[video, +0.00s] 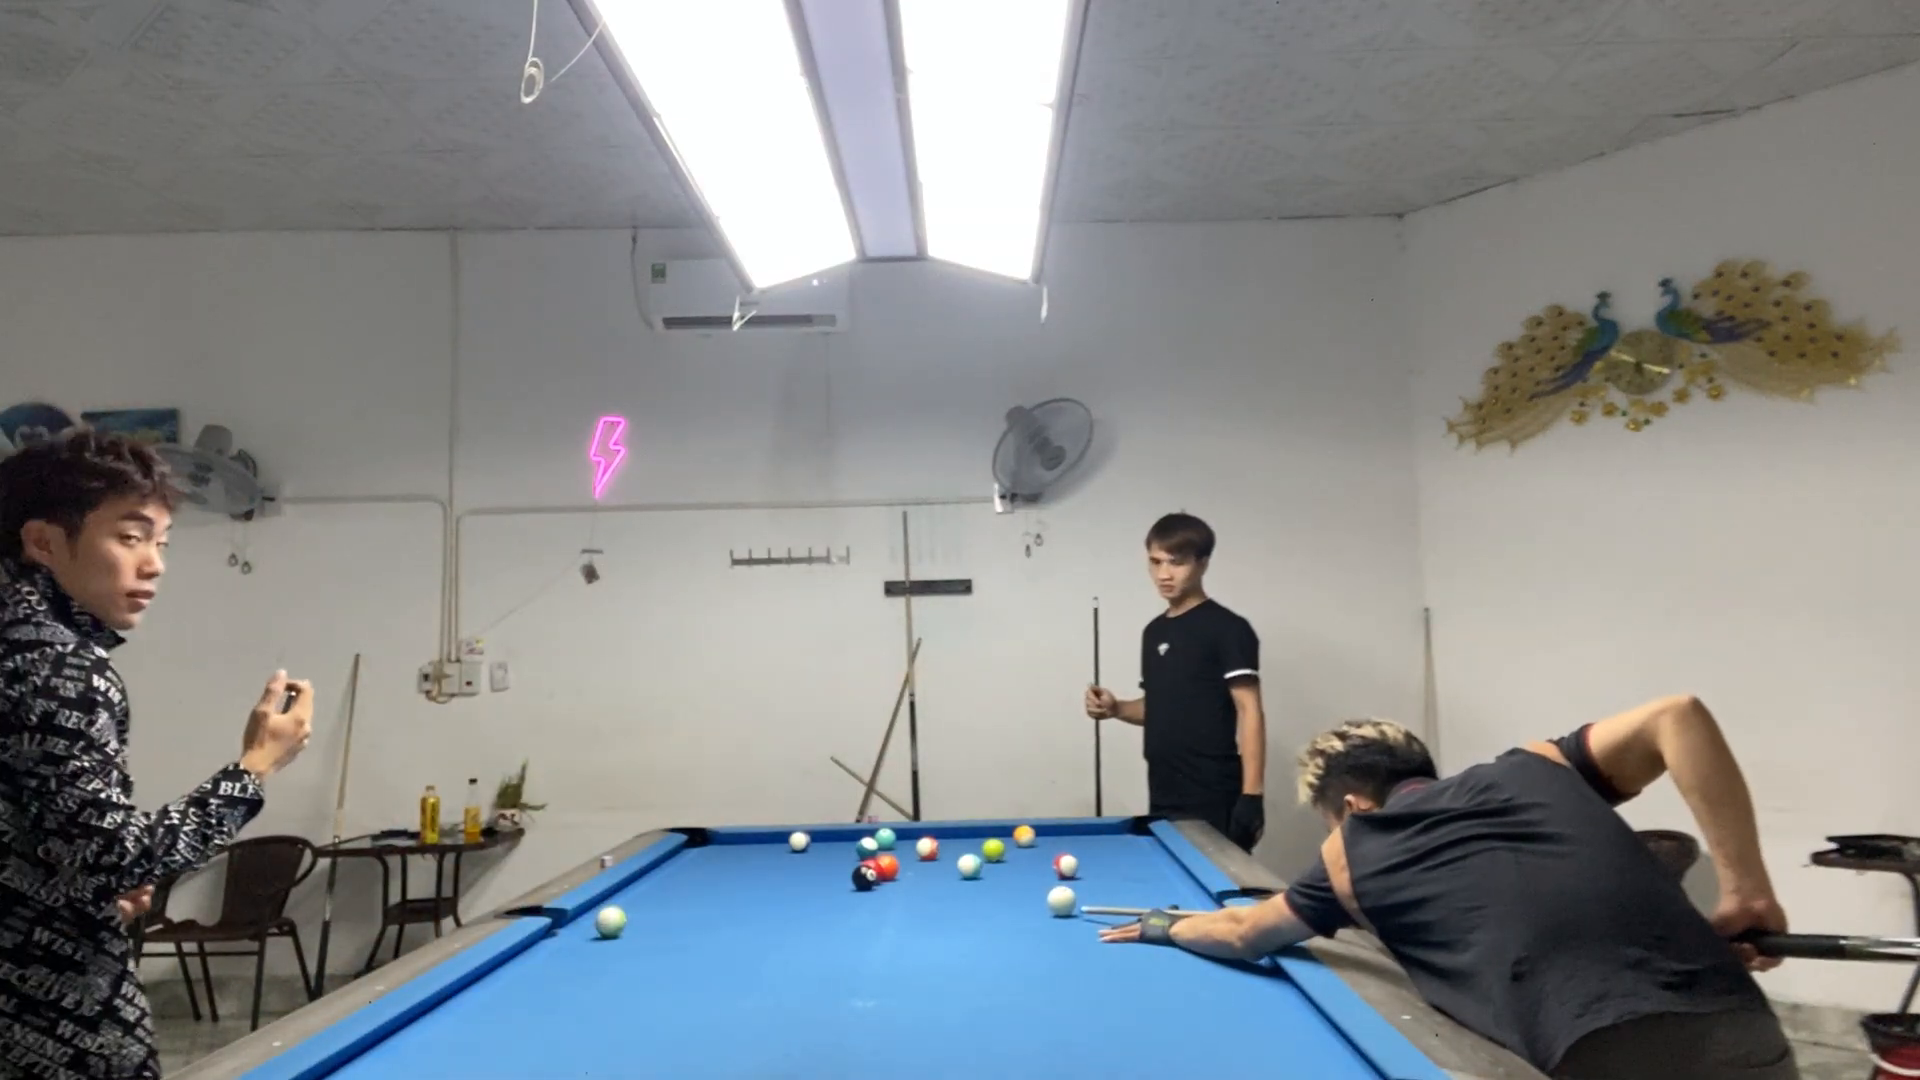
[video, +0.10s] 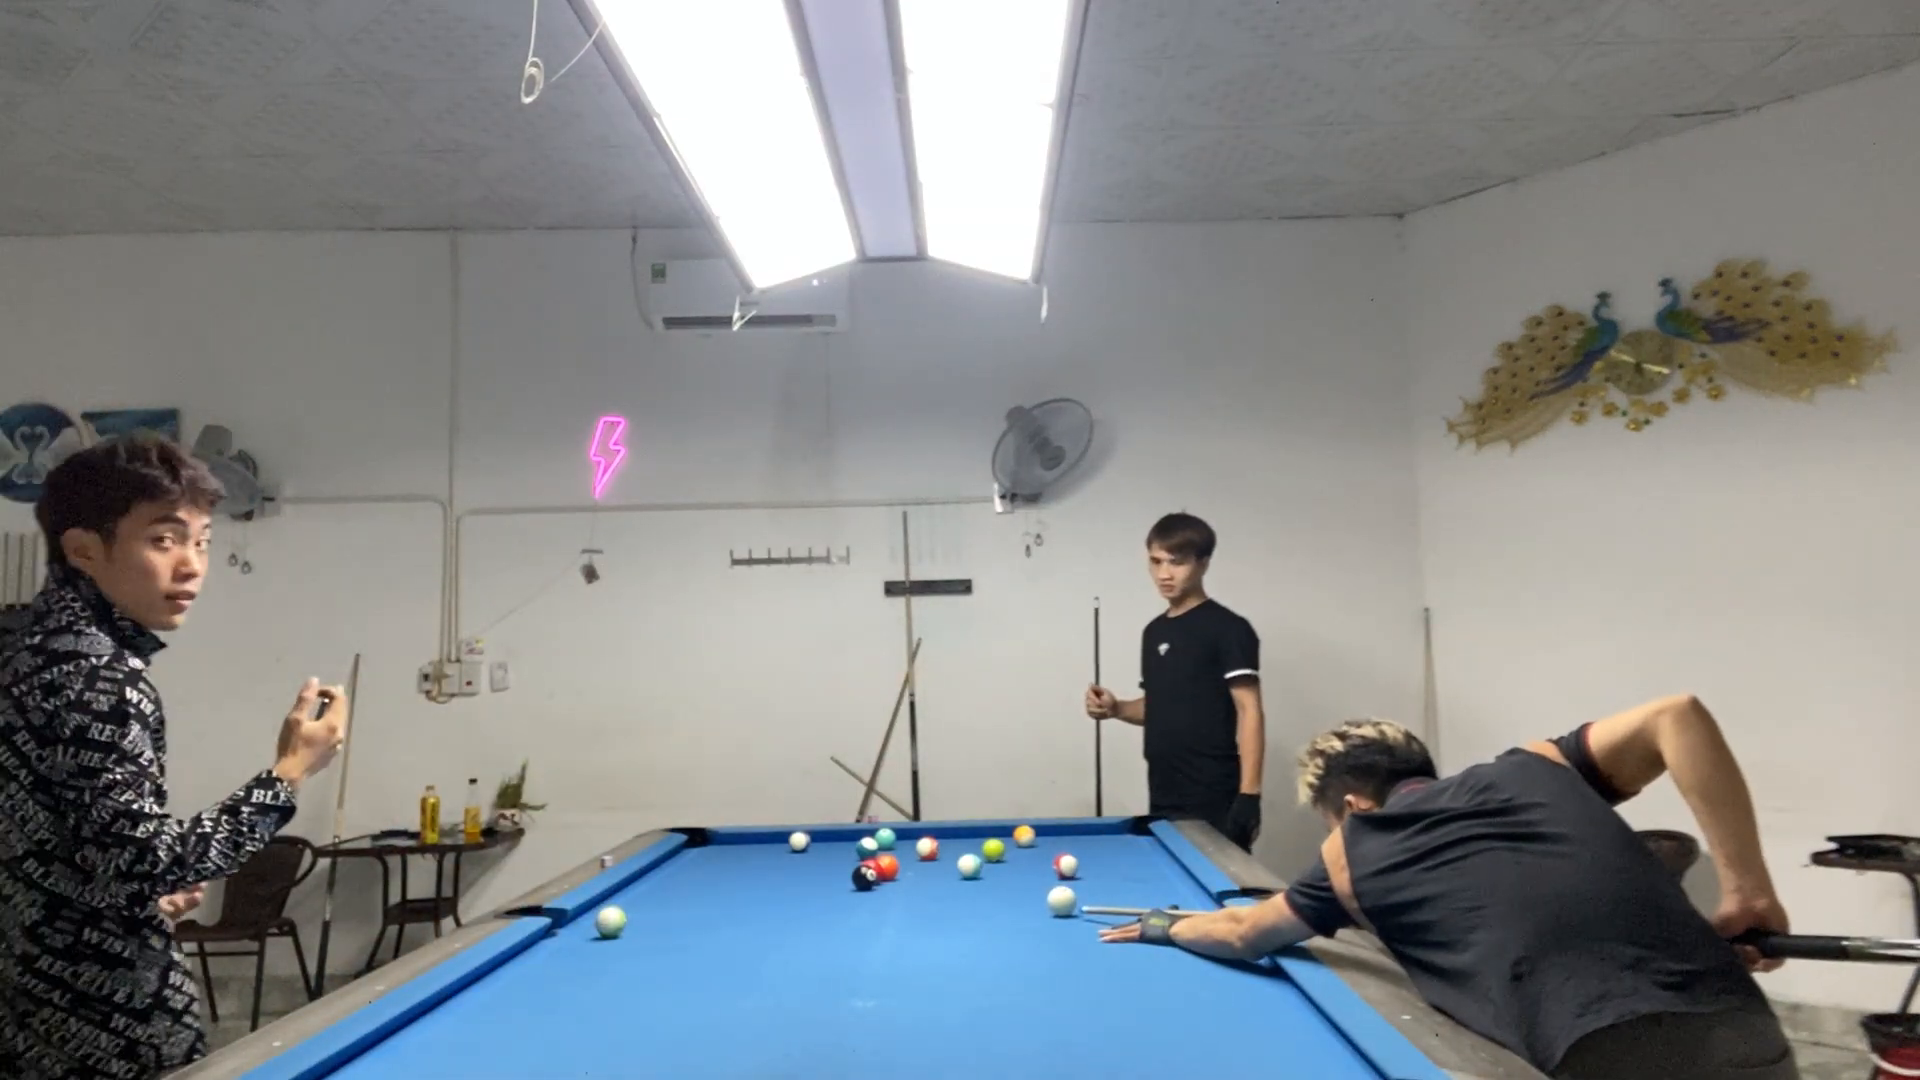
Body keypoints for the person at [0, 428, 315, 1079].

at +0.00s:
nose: (155, 566)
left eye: (159, 543)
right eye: (128, 537)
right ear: (45, 544)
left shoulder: (25, 637)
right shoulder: (56, 663)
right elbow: (111, 866)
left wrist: (118, 883)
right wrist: (254, 768)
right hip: (66, 1032)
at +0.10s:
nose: (192, 565)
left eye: (200, 542)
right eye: (164, 539)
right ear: (84, 550)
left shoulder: (23, 637)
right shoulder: (95, 676)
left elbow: (30, 845)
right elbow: (137, 867)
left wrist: (146, 889)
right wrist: (289, 774)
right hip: (103, 1029)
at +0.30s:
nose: (253, 563)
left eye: (264, 539)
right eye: (223, 539)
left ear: (276, 543)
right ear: (155, 550)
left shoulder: (81, 645)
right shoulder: (156, 672)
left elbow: (88, 849)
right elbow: (189, 862)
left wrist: (223, 880)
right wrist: (337, 769)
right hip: (168, 1032)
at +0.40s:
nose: (273, 563)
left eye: (287, 538)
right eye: (244, 539)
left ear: (300, 544)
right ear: (182, 549)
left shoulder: (124, 645)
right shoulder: (177, 666)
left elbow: (133, 840)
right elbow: (219, 860)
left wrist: (259, 871)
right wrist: (349, 764)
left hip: (137, 1005)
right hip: (205, 1023)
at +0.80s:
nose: (329, 565)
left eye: (345, 544)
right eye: (302, 543)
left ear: (361, 554)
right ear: (255, 551)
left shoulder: (291, 661)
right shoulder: (220, 664)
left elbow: (268, 809)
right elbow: (231, 822)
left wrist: (343, 847)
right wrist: (372, 755)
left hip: (304, 968)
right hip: (248, 988)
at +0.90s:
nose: (340, 562)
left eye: (356, 541)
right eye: (315, 541)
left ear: (371, 552)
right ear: (269, 550)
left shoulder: (305, 659)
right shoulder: (231, 659)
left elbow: (283, 806)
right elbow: (240, 817)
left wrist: (356, 844)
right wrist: (373, 748)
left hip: (314, 960)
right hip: (257, 979)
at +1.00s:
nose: (350, 561)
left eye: (366, 541)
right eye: (326, 540)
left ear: (381, 552)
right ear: (281, 549)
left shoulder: (314, 658)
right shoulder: (241, 654)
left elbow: (293, 807)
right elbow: (243, 810)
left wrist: (366, 844)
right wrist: (374, 743)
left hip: (321, 951)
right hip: (259, 967)